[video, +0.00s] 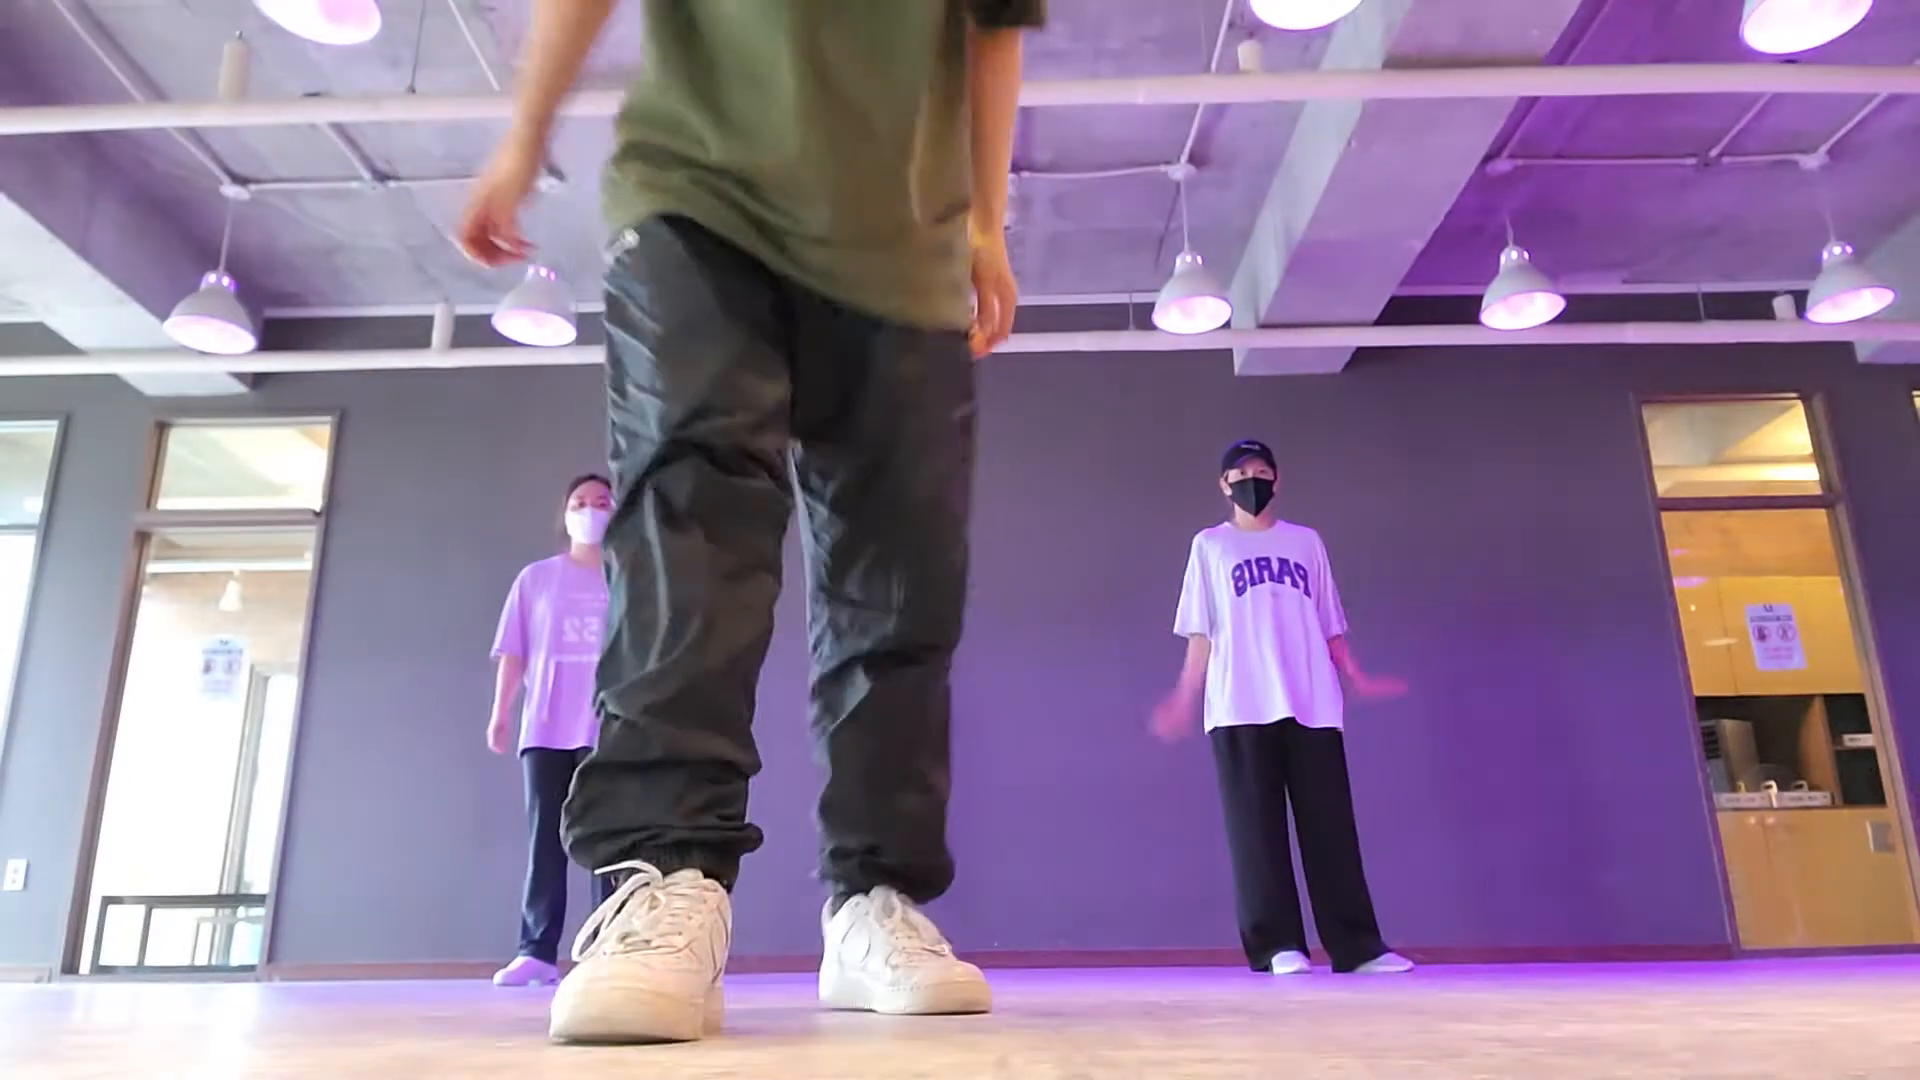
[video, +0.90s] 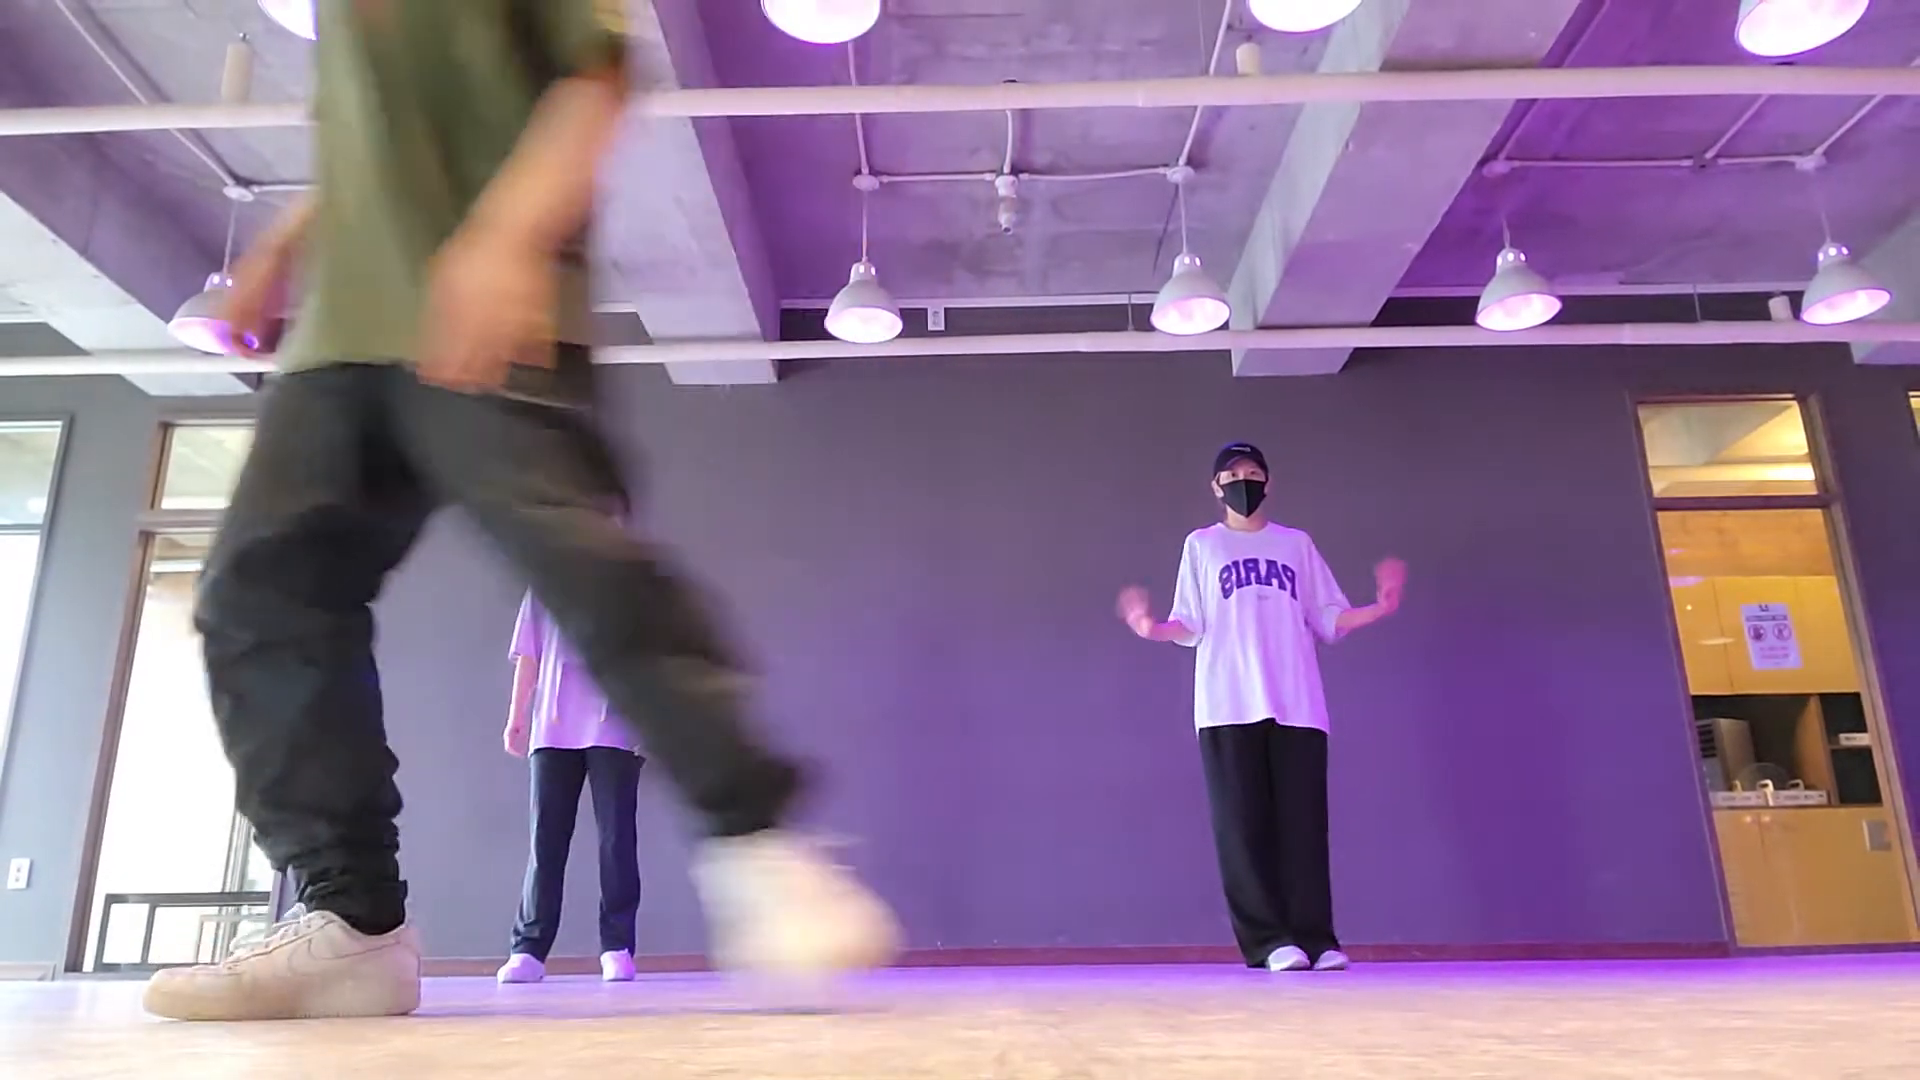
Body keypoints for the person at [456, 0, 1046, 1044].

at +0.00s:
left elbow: (994, 21)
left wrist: (987, 220)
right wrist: (524, 140)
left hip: (903, 200)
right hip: (698, 164)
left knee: (897, 576)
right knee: (691, 475)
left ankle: (878, 906)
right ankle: (668, 891)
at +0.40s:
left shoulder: (989, 6)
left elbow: (983, 94)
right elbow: (621, 8)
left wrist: (975, 261)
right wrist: (568, 192)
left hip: (866, 278)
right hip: (679, 236)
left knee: (884, 600)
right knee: (641, 520)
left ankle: (868, 912)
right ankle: (584, 887)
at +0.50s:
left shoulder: (960, 10)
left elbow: (956, 94)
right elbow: (591, 19)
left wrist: (922, 235)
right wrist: (530, 200)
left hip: (838, 284)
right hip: (650, 251)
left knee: (870, 604)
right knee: (563, 551)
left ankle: (867, 913)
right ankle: (483, 885)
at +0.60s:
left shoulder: (911, 9)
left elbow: (890, 114)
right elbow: (551, 40)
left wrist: (828, 252)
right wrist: (488, 219)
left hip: (795, 295)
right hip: (610, 267)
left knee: (854, 613)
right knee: (480, 570)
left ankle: (864, 915)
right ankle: (390, 899)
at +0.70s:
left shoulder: (809, 13)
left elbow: (828, 94)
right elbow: (489, 61)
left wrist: (756, 253)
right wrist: (431, 235)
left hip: (718, 301)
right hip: (525, 286)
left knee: (807, 613)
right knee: (399, 585)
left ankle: (867, 913)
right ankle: (367, 922)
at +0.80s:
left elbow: (724, 91)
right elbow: (427, 93)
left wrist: (653, 255)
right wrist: (363, 248)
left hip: (618, 319)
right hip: (435, 318)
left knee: (730, 598)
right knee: (324, 595)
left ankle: (864, 884)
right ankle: (358, 930)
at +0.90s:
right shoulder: (362, 14)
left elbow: (598, 73)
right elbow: (379, 128)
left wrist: (504, 238)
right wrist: (279, 254)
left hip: (481, 298)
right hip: (348, 313)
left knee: (589, 571)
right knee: (265, 600)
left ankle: (761, 845)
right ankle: (356, 928)